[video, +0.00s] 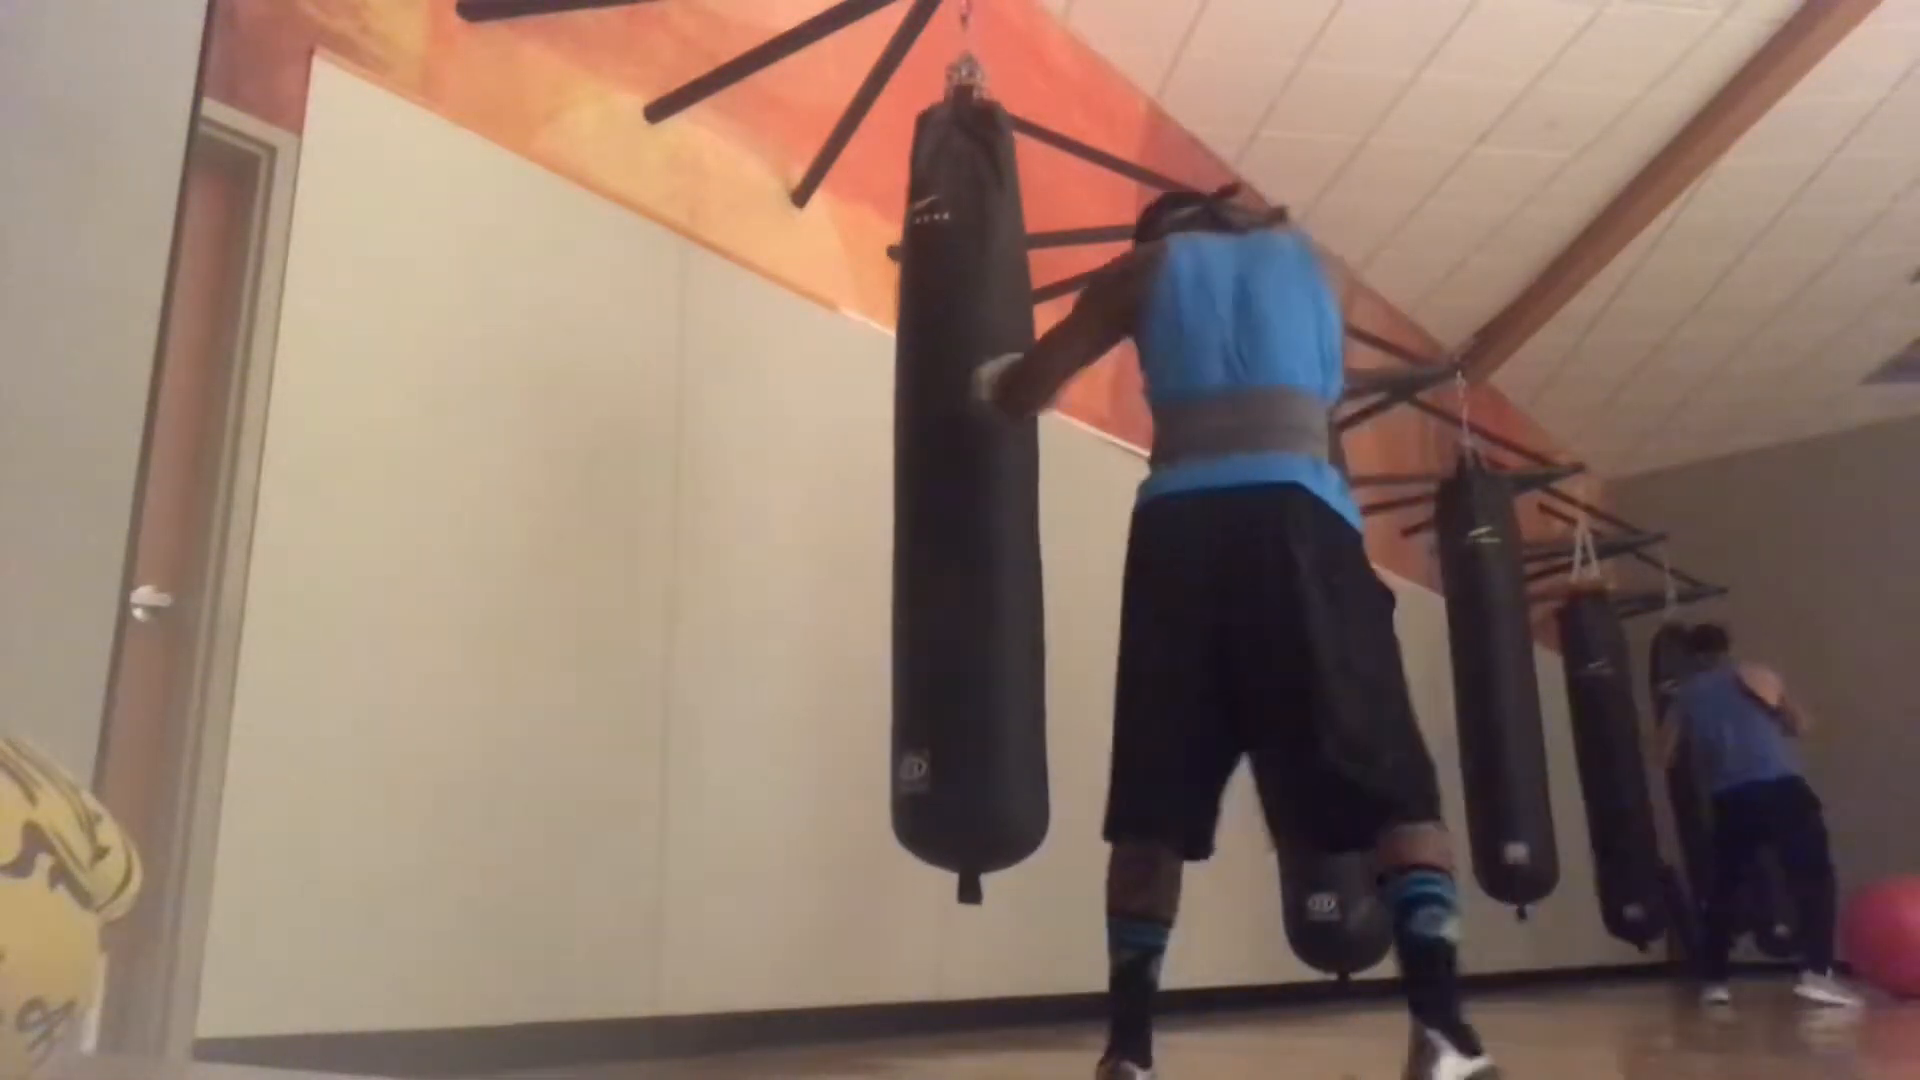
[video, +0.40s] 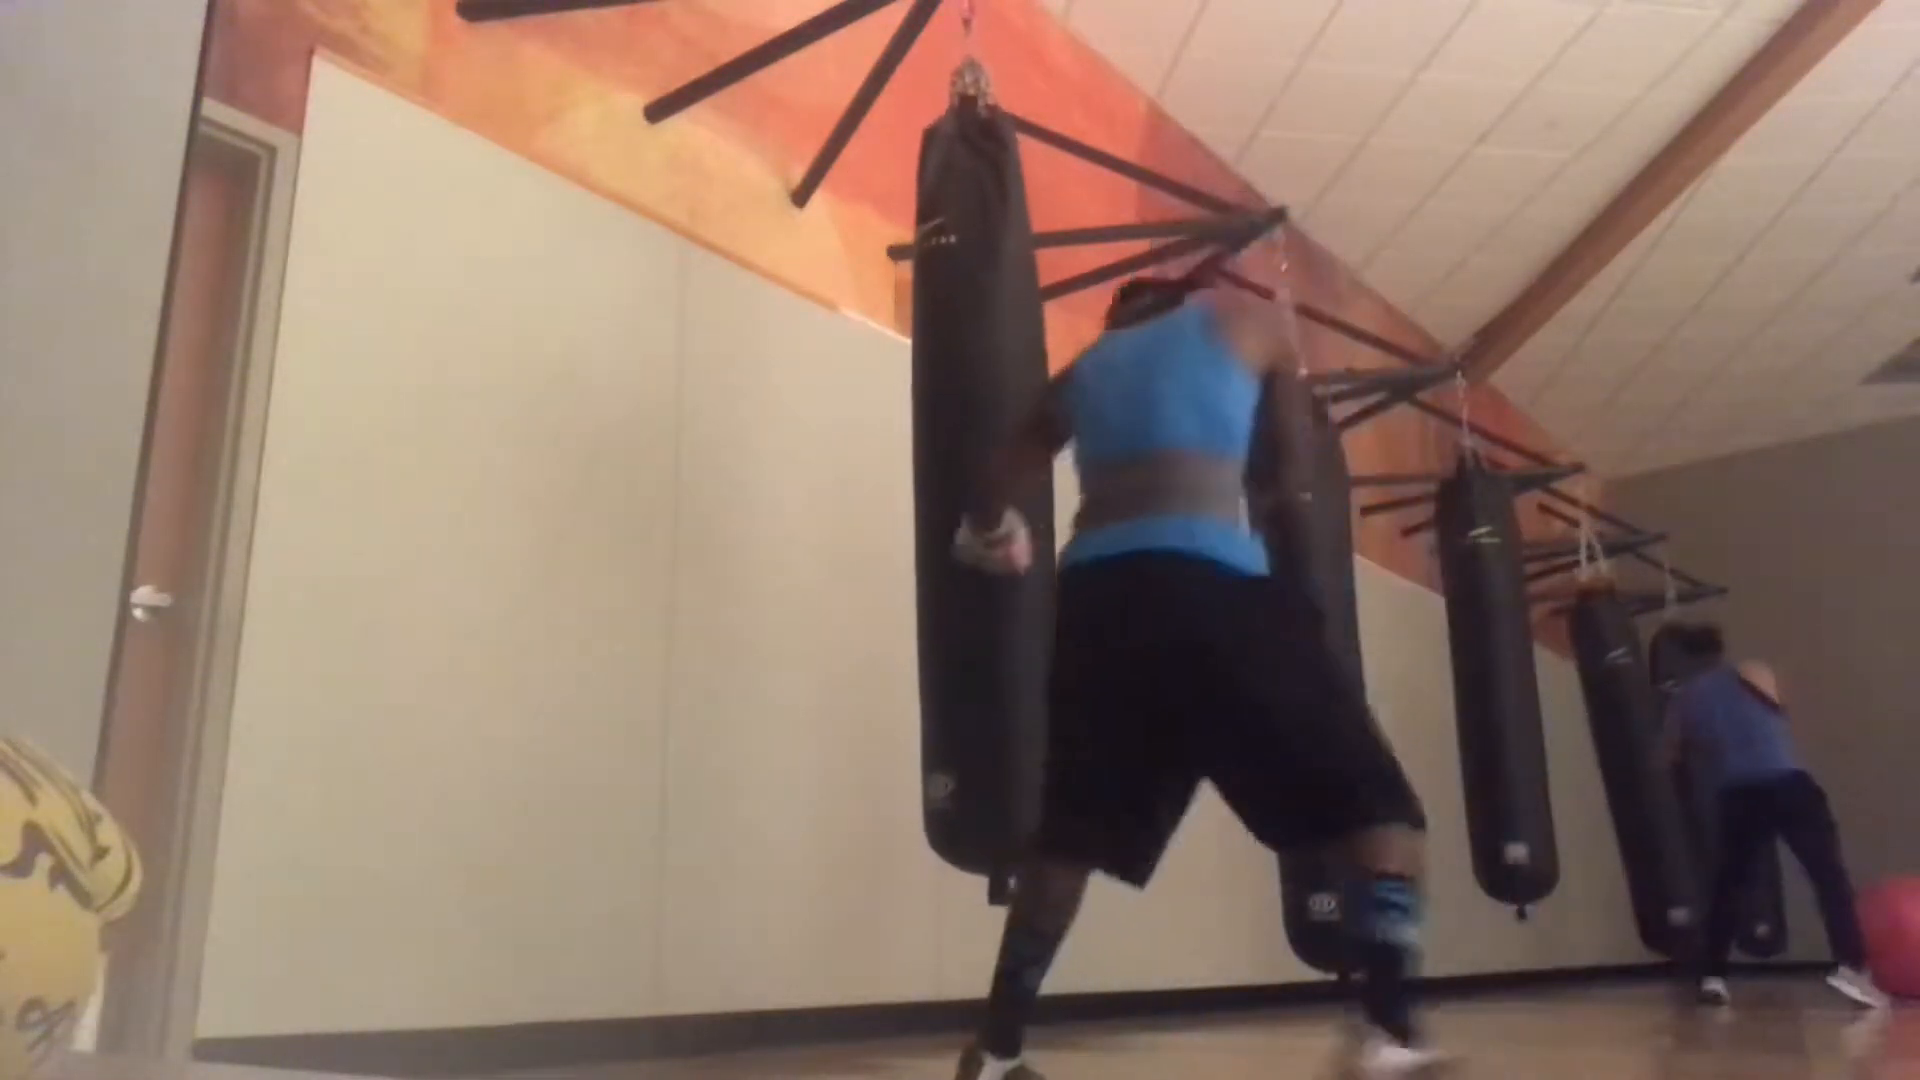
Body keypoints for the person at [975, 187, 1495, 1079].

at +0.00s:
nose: (1139, 264)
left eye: (1143, 250)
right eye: (1142, 252)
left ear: (1167, 237)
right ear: (1251, 226)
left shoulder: (1150, 266)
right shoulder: (1313, 269)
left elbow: (1030, 384)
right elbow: (1323, 395)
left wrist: (997, 382)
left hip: (1177, 539)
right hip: (1303, 536)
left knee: (1151, 798)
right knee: (1397, 786)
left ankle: (1127, 1051)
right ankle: (1441, 1028)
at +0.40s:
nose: (1251, 303)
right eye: (1240, 295)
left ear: (1122, 321)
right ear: (1199, 301)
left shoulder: (1086, 368)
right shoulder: (1250, 329)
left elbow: (1012, 458)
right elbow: (1287, 482)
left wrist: (988, 524)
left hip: (1097, 604)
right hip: (1221, 598)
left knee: (1069, 825)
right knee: (1381, 806)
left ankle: (996, 1043)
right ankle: (1389, 1024)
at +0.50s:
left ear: (1098, 325)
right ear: (1177, 309)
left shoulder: (1063, 372)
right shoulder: (1242, 327)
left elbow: (994, 513)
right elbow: (1253, 488)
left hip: (1075, 595)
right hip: (1196, 592)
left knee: (1061, 816)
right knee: (1315, 813)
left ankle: (994, 1042)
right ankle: (1282, 1041)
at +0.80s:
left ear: (1029, 300)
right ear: (1108, 289)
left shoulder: (994, 346)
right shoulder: (1165, 325)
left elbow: (942, 451)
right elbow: (1210, 476)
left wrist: (977, 446)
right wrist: (1134, 453)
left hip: (1005, 594)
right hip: (1125, 587)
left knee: (998, 822)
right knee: (1224, 799)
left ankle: (959, 1040)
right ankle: (1280, 1000)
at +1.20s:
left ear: (970, 247)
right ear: (1046, 246)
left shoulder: (965, 310)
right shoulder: (1125, 305)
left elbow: (935, 463)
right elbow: (1177, 456)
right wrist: (1090, 494)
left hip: (1007, 572)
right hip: (1130, 567)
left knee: (984, 814)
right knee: (1213, 772)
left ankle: (955, 1046)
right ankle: (1347, 947)